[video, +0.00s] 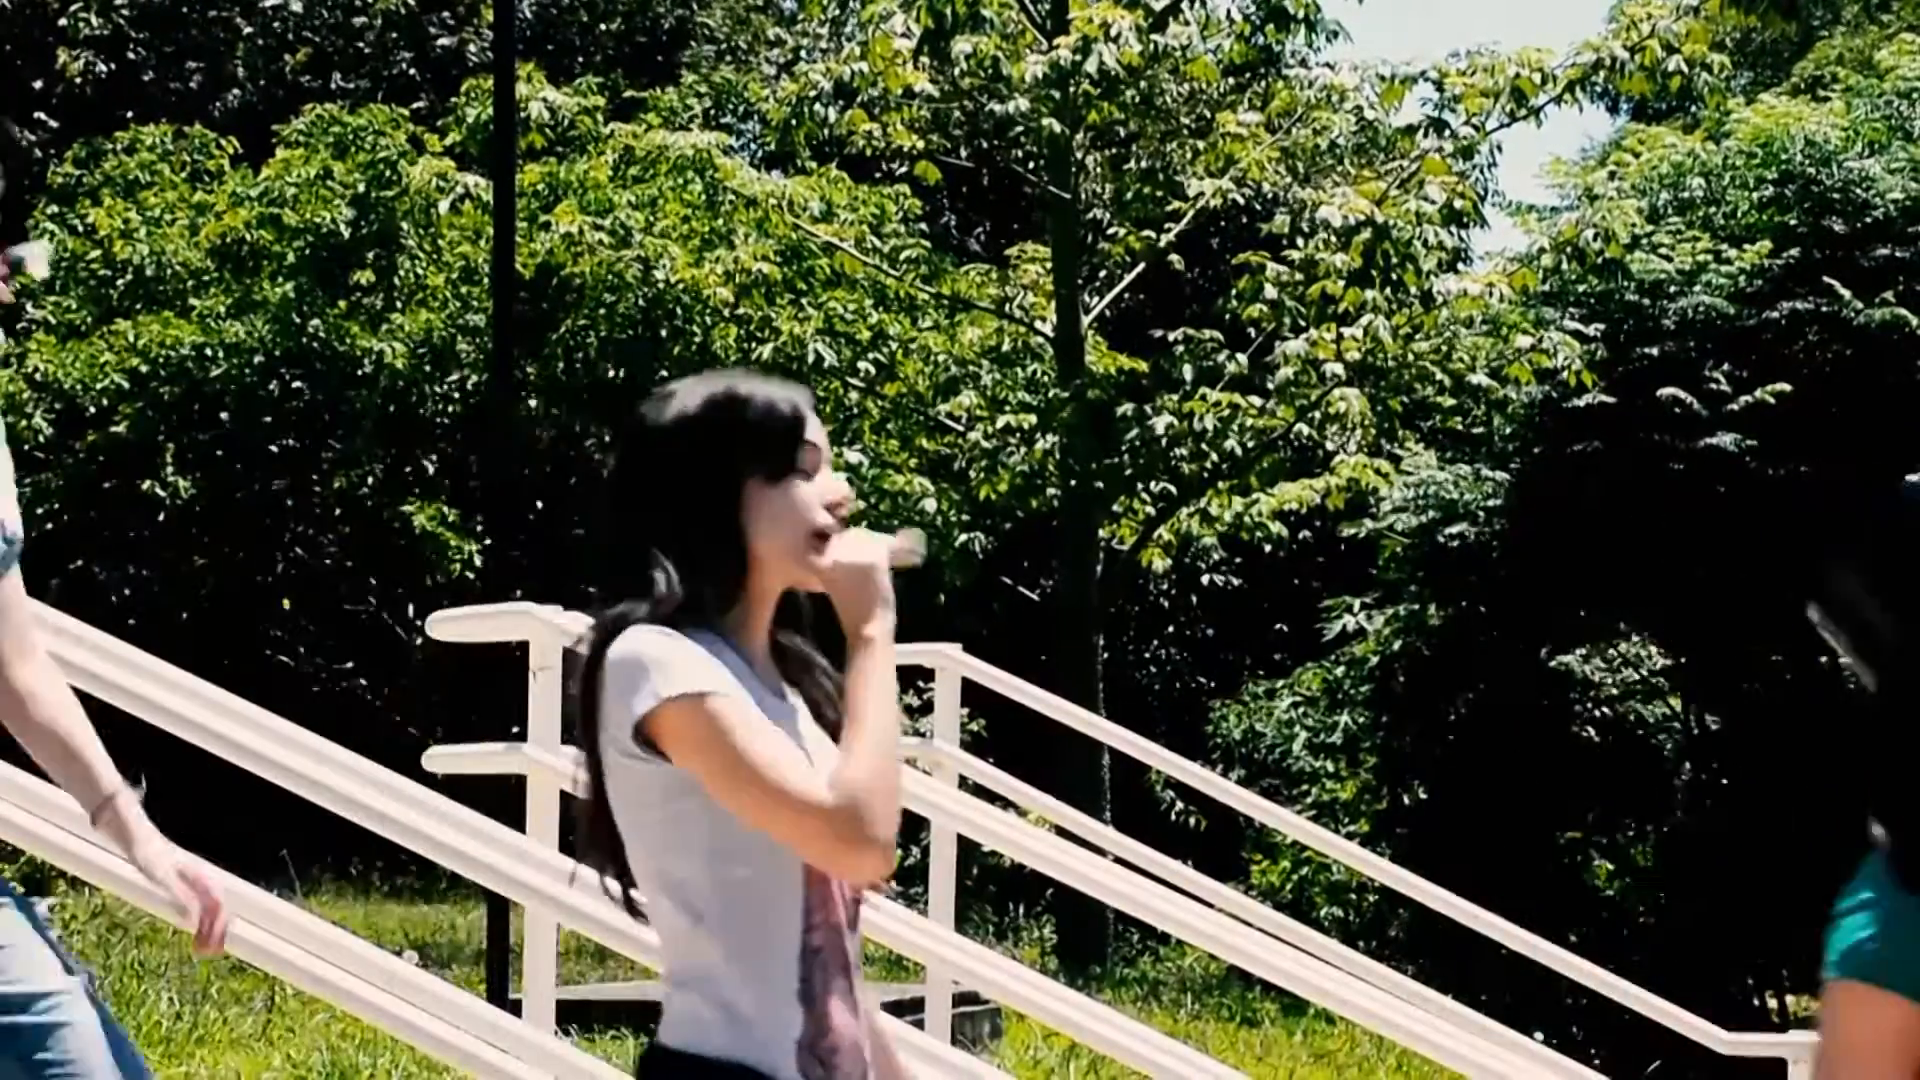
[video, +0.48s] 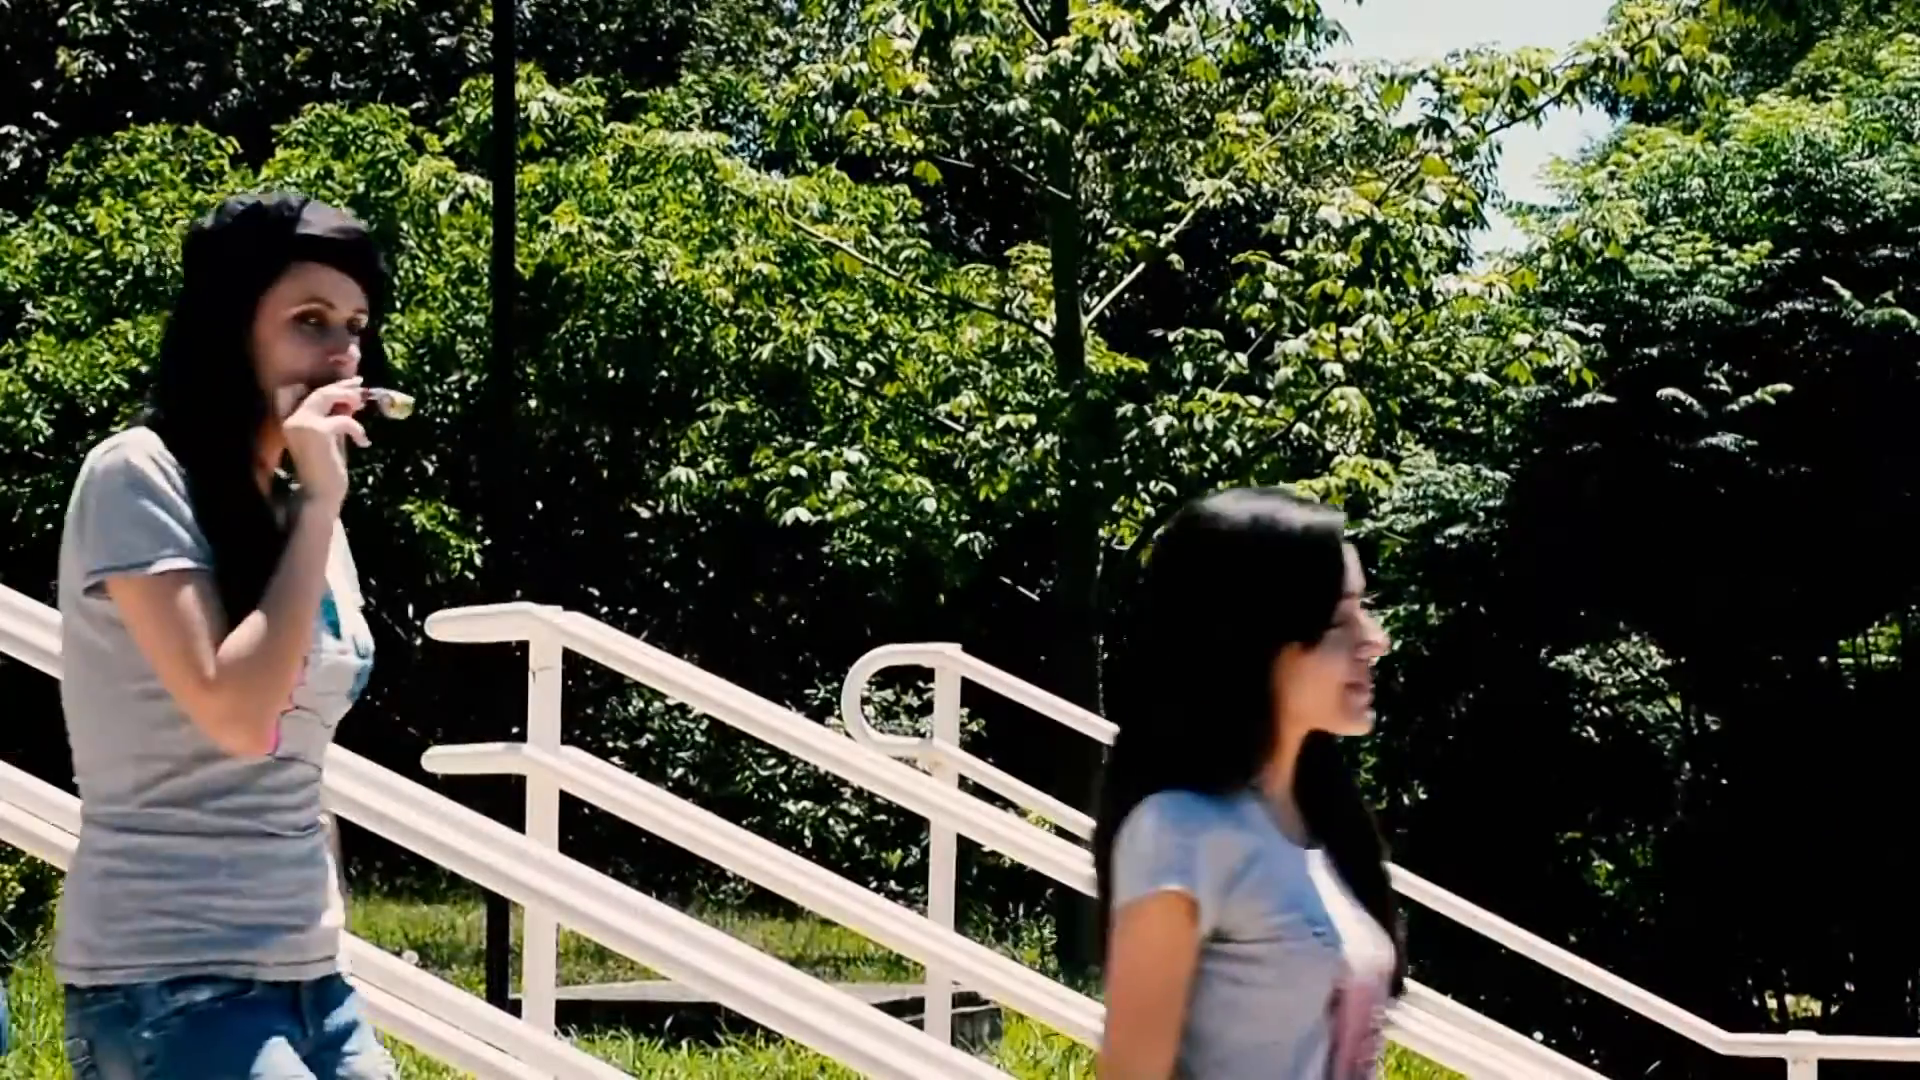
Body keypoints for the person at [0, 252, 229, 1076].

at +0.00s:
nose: (9, 290)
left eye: (14, 271)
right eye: (6, 271)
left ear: (18, 275)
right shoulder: (0, 458)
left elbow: (21, 655)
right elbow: (21, 656)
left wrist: (125, 816)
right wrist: (123, 819)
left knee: (97, 1065)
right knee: (83, 1063)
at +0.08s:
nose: (58, 251)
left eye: (70, 226)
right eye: (26, 216)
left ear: (79, 238)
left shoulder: (27, 412)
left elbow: (41, 687)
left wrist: (106, 907)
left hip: (2, 880)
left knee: (103, 1066)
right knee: (90, 1060)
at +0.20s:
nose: (145, 264)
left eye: (161, 239)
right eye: (117, 230)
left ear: (169, 246)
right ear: (30, 229)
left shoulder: (103, 405)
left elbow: (62, 649)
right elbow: (17, 588)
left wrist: (81, 849)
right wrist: (97, 370)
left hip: (87, 886)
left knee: (149, 1068)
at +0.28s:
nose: (210, 285)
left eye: (223, 261)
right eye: (180, 250)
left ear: (230, 271)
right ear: (88, 241)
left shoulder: (178, 428)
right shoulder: (10, 377)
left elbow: (139, 672)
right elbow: (76, 600)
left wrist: (163, 863)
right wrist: (158, 392)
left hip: (167, 911)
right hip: (36, 907)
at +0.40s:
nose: (294, 342)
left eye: (304, 318)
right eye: (263, 309)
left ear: (313, 329)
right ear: (174, 311)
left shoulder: (250, 494)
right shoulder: (77, 458)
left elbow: (228, 738)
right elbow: (171, 701)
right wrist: (264, 488)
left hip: (258, 973)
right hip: (118, 975)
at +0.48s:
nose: (343, 354)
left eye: (356, 330)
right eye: (310, 321)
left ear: (368, 344)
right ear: (227, 325)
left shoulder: (311, 511)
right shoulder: (134, 476)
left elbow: (293, 762)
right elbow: (240, 719)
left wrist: (322, 926)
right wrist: (321, 501)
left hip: (315, 984)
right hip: (172, 991)